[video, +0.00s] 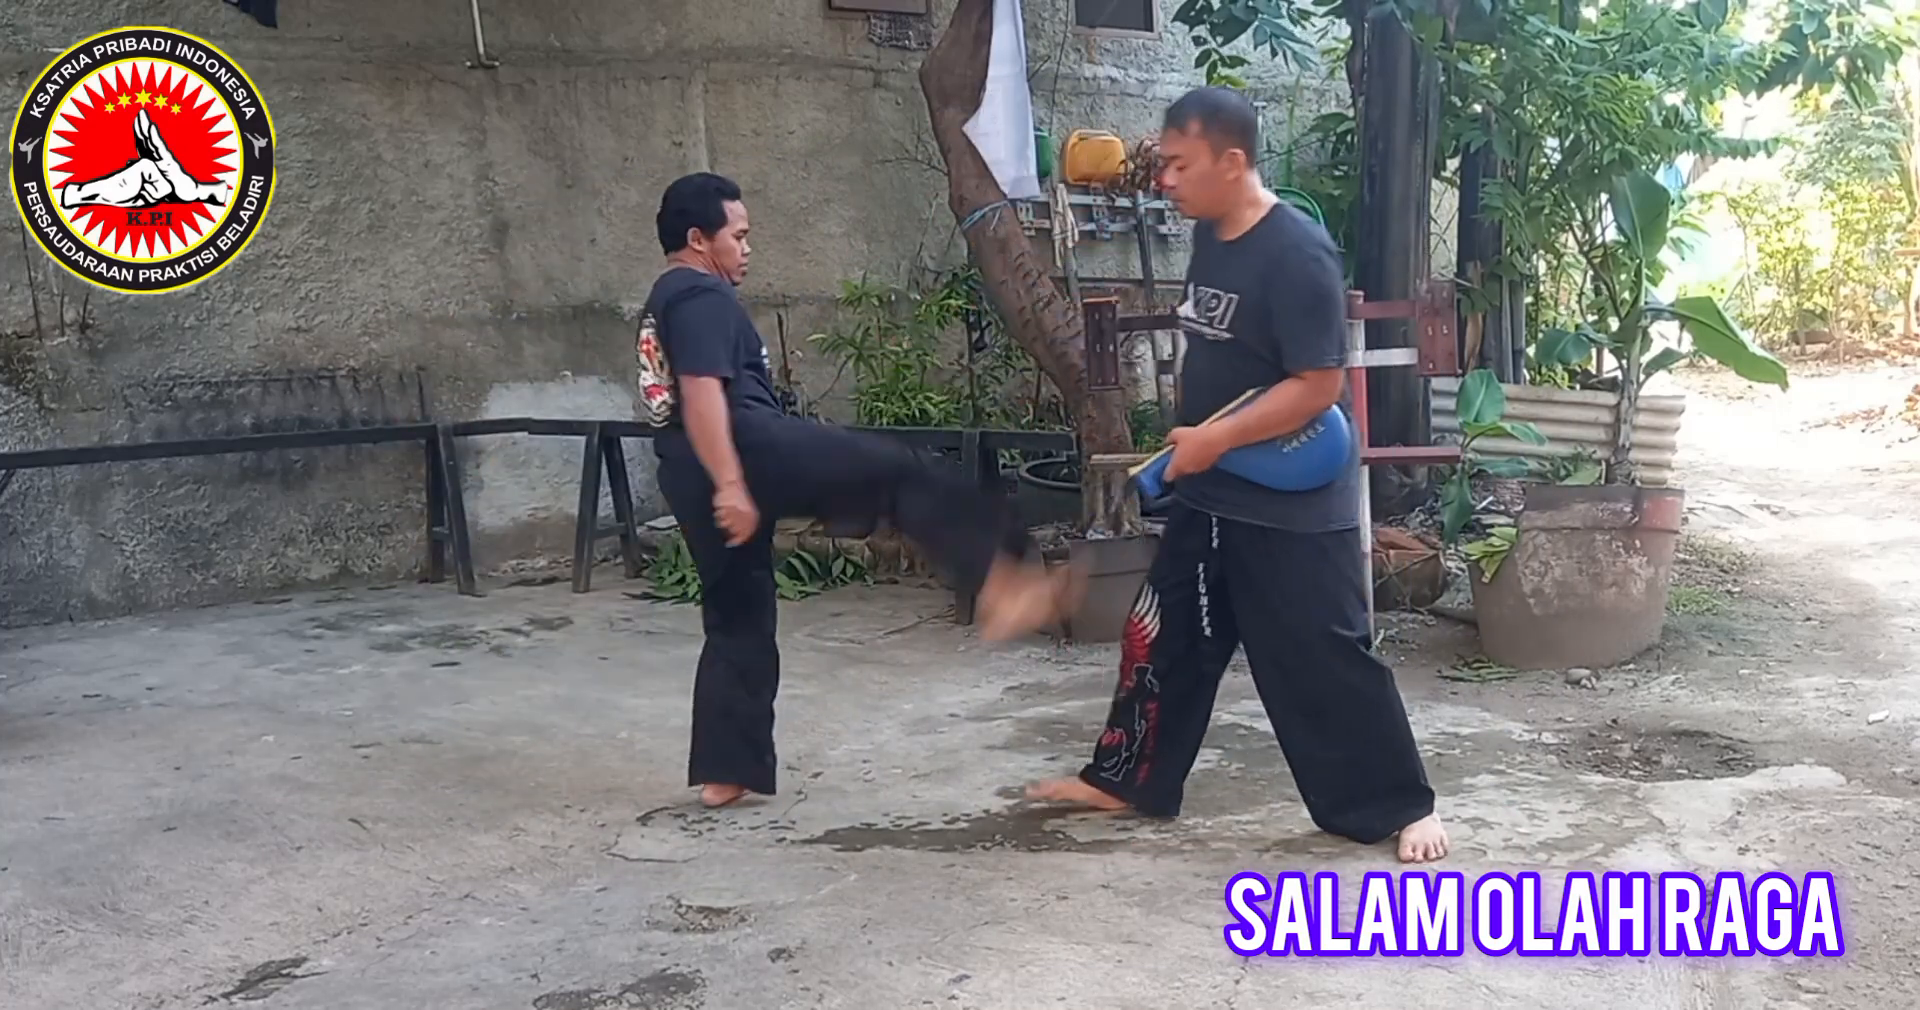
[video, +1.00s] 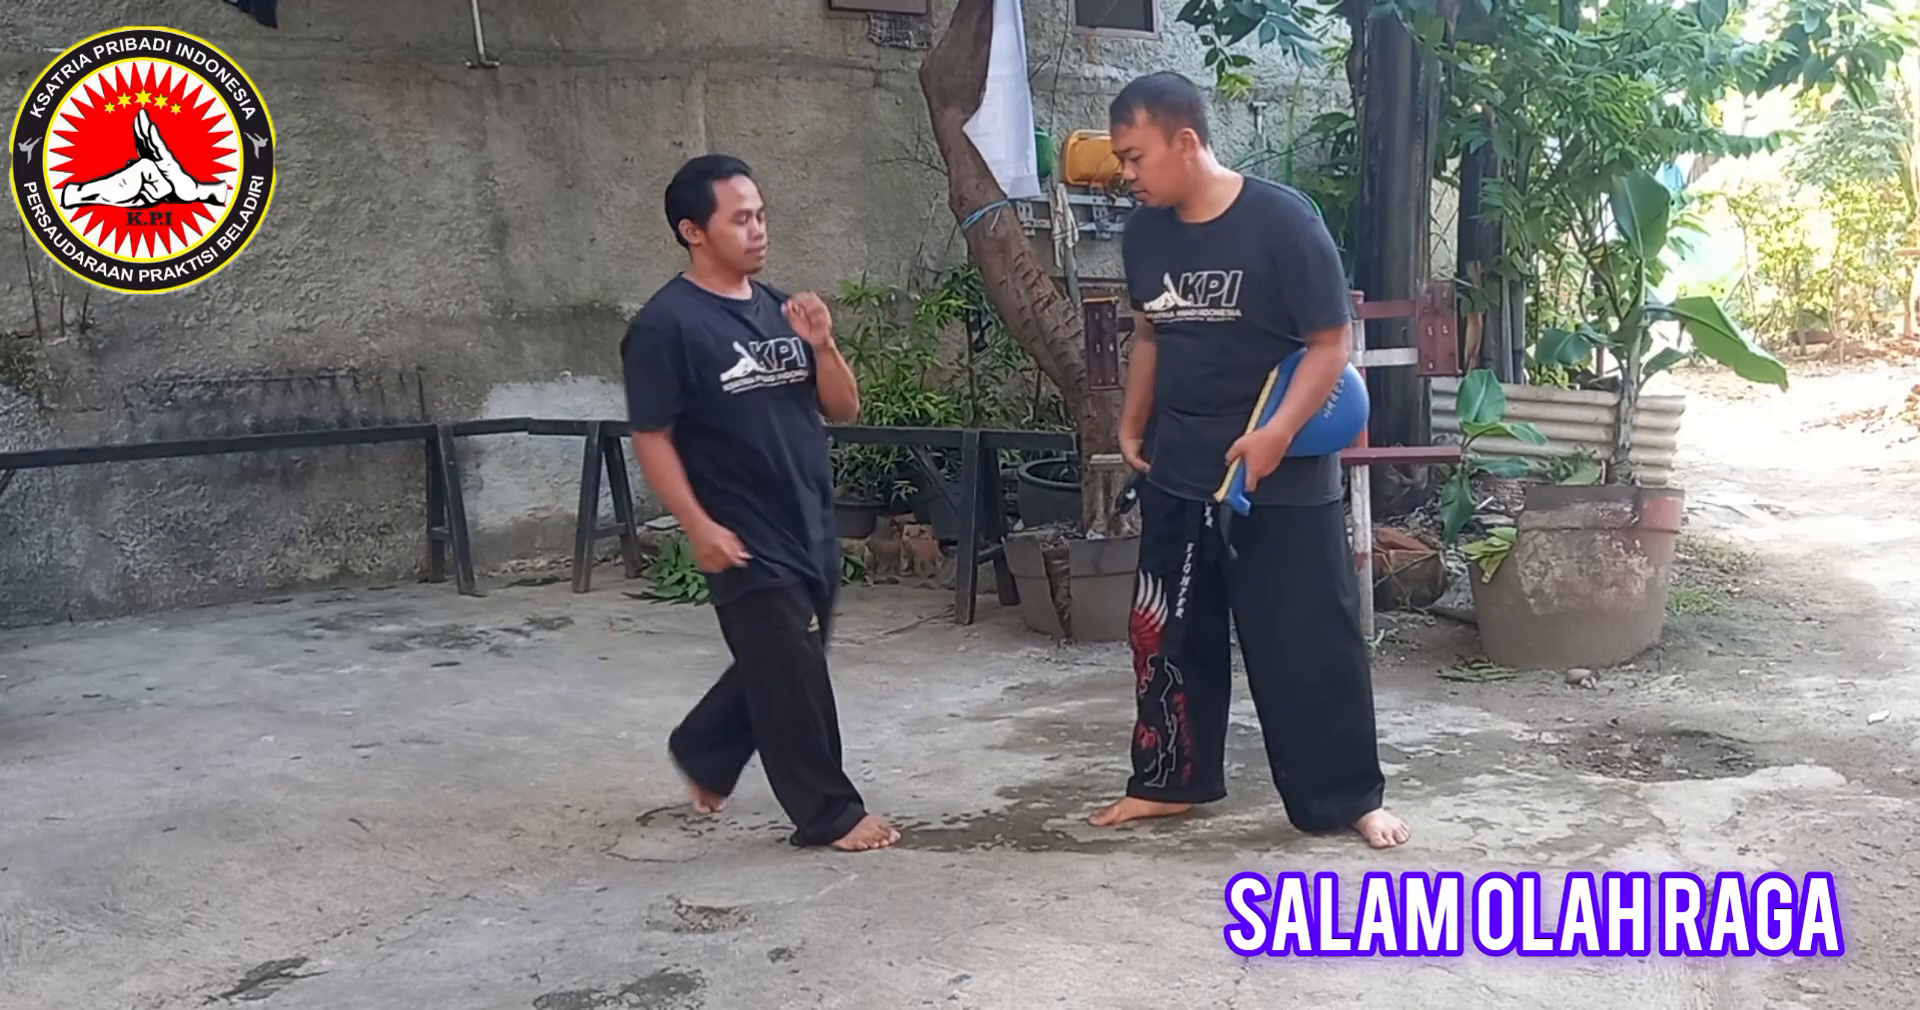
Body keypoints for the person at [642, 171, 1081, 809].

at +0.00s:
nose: (747, 246)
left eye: (746, 233)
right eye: (737, 234)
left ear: (691, 241)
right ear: (697, 238)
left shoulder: (670, 295)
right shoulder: (701, 294)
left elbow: (691, 399)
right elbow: (701, 394)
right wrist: (729, 483)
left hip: (693, 466)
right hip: (737, 451)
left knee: (738, 617)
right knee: (897, 469)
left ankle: (726, 774)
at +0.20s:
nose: (757, 248)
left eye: (750, 235)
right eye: (745, 236)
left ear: (710, 255)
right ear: (712, 252)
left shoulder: (738, 321)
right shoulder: (720, 318)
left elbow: (824, 415)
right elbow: (753, 413)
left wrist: (860, 349)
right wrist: (858, 419)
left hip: (758, 518)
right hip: (777, 519)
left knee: (768, 639)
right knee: (861, 643)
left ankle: (721, 772)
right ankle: (818, 808)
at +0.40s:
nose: (773, 214)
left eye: (768, 202)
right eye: (757, 204)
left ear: (732, 228)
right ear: (713, 228)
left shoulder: (799, 306)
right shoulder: (686, 325)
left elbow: (872, 382)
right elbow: (690, 438)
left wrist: (916, 372)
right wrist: (788, 440)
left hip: (846, 496)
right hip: (776, 515)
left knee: (898, 593)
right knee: (839, 645)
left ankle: (810, 717)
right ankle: (836, 814)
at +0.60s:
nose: (781, 215)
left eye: (779, 201)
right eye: (765, 204)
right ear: (717, 222)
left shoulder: (802, 297)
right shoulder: (681, 324)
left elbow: (869, 371)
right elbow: (688, 439)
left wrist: (913, 395)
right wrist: (783, 474)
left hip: (855, 473)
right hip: (775, 510)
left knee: (959, 524)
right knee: (824, 652)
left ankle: (884, 641)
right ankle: (833, 815)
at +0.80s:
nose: (773, 192)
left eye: (768, 180)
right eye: (754, 183)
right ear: (710, 211)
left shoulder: (800, 278)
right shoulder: (695, 308)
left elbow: (892, 284)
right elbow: (702, 429)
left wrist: (901, 315)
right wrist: (769, 512)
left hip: (840, 471)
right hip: (766, 505)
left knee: (938, 533)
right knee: (806, 660)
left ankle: (845, 654)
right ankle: (830, 815)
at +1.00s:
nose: (759, 228)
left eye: (761, 213)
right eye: (743, 218)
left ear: (764, 216)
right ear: (693, 232)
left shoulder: (780, 305)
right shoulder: (662, 326)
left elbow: (843, 408)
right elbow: (651, 440)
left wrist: (824, 347)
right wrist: (698, 527)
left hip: (810, 525)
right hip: (743, 537)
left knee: (791, 659)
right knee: (791, 672)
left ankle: (705, 748)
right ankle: (827, 814)